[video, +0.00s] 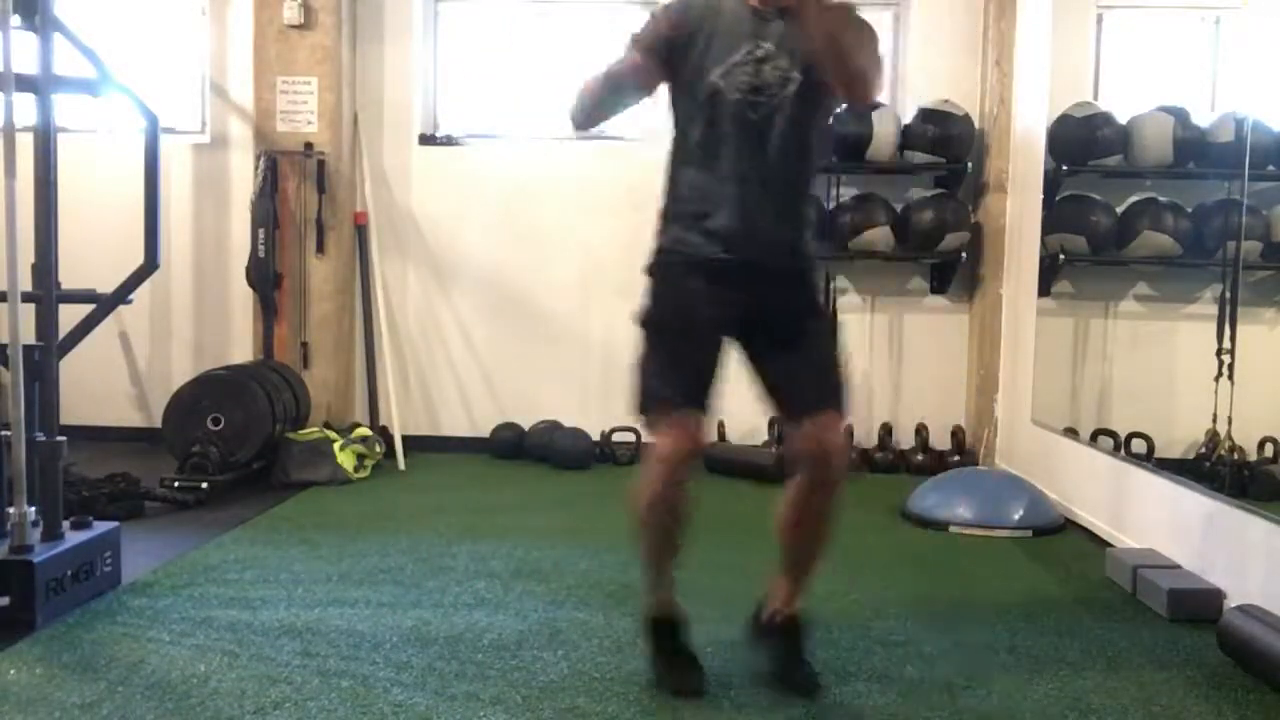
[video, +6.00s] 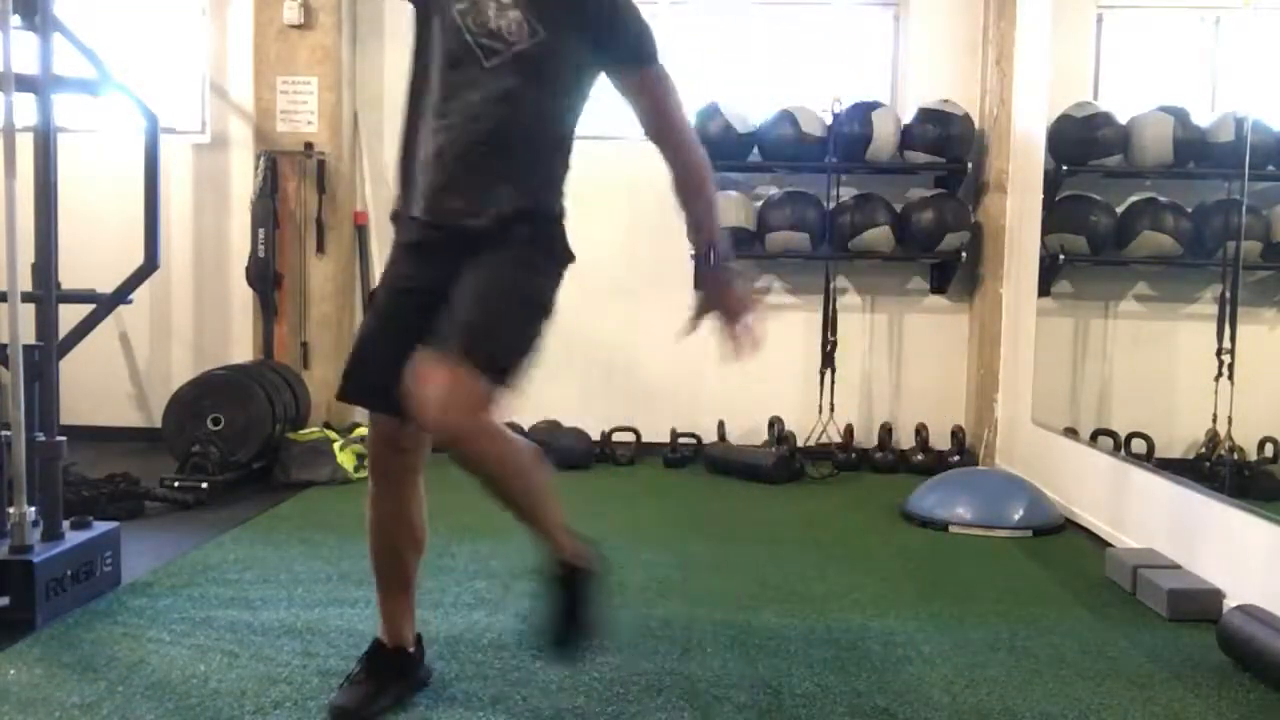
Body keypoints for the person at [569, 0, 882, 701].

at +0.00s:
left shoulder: (831, 22)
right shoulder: (692, 15)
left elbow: (864, 89)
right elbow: (585, 111)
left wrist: (810, 8)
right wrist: (629, 71)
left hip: (781, 266)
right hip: (690, 261)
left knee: (826, 449)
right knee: (674, 446)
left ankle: (780, 614)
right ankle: (661, 614)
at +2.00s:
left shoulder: (903, 8)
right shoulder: (747, 11)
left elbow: (974, 26)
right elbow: (676, 122)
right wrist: (651, 243)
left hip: (875, 238)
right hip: (783, 231)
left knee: (909, 441)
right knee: (946, 213)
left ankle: (896, 643)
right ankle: (851, 428)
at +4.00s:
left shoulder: (641, 9)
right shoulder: (476, 8)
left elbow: (748, 82)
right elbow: (356, 21)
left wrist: (798, 169)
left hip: (612, 267)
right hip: (515, 265)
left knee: (629, 465)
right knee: (459, 448)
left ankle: (667, 646)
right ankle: (427, 646)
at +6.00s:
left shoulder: (592, 10)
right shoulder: (433, 4)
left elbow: (671, 130)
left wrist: (712, 259)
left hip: (517, 233)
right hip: (424, 230)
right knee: (392, 432)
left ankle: (571, 557)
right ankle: (396, 648)